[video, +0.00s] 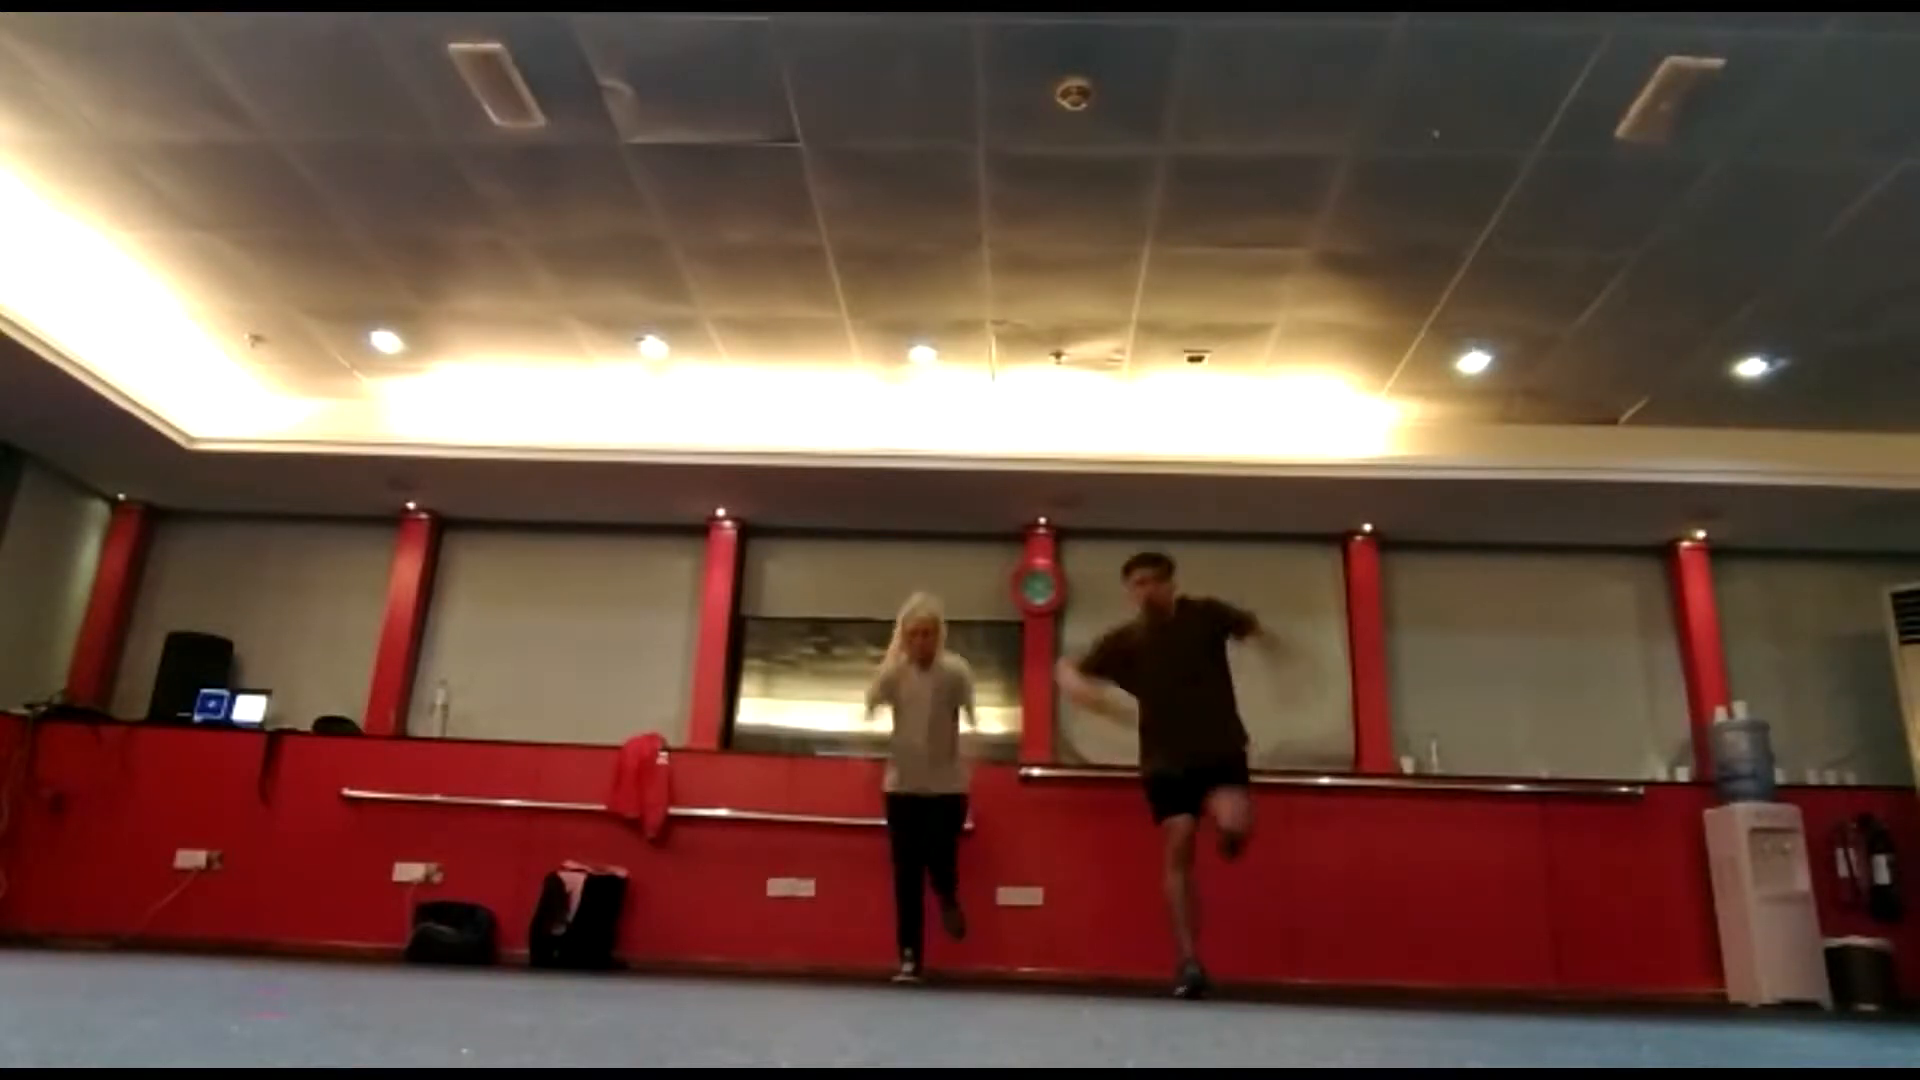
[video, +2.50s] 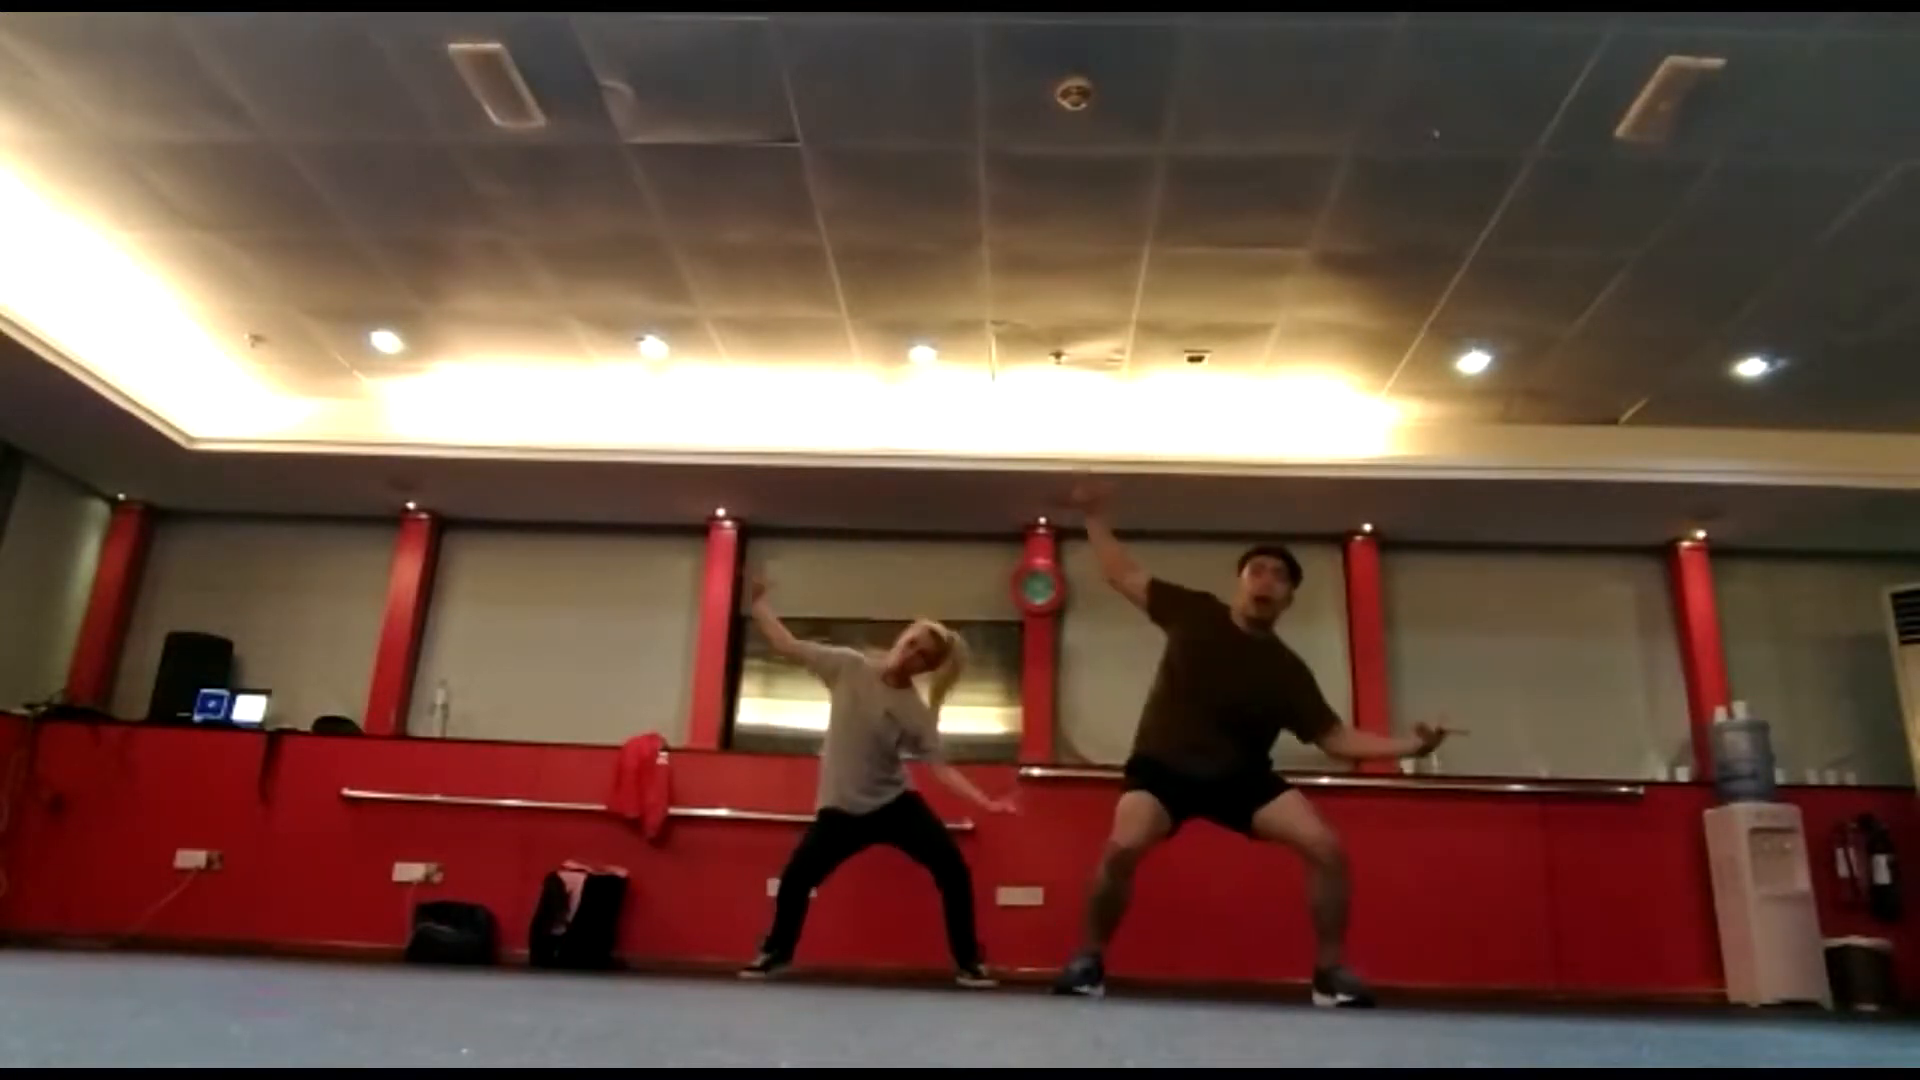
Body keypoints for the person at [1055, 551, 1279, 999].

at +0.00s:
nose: (1147, 592)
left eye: (1153, 581)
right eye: (1138, 584)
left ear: (1171, 582)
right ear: (1128, 591)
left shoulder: (1206, 615)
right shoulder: (1126, 640)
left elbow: (1256, 630)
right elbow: (1070, 676)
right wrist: (1104, 701)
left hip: (1218, 742)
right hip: (1166, 751)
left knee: (1234, 821)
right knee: (1179, 845)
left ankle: (1232, 834)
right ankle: (1188, 960)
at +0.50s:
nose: (1209, 568)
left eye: (1220, 559)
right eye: (1204, 557)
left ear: (1238, 569)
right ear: (1190, 562)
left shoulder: (1248, 636)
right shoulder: (1159, 607)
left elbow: (1265, 714)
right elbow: (1102, 652)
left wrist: (1230, 734)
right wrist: (1130, 705)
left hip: (1212, 745)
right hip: (1154, 740)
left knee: (1207, 842)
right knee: (1173, 852)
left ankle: (1185, 955)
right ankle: (1199, 938)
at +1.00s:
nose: (1207, 559)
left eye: (1217, 552)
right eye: (1199, 549)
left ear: (1227, 565)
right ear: (1179, 557)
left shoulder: (1241, 610)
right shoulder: (1146, 621)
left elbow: (1244, 681)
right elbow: (1126, 696)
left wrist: (1248, 749)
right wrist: (1119, 753)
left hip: (1222, 752)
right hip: (1157, 752)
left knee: (1284, 844)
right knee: (1113, 841)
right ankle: (1060, 950)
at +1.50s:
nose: (1170, 538)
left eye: (1180, 527)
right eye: (1160, 529)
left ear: (1198, 536)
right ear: (1146, 540)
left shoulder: (1239, 599)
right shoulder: (1136, 613)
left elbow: (1292, 667)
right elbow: (1102, 683)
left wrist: (1328, 738)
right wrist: (1068, 747)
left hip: (1245, 735)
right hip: (1171, 737)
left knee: (1279, 834)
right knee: (1117, 828)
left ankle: (1372, 953)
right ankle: (1072, 944)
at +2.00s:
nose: (1187, 452)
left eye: (1195, 443)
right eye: (1177, 445)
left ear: (1211, 452)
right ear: (1165, 457)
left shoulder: (1238, 489)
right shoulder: (1156, 517)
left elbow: (1283, 424)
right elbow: (1156, 579)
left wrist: (1231, 402)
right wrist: (1204, 521)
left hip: (1239, 640)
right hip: (1177, 633)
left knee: (1268, 726)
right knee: (1119, 676)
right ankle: (1118, 765)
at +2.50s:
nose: (1265, 582)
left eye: (1277, 576)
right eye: (1256, 572)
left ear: (1290, 595)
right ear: (1237, 581)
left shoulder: (1285, 671)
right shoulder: (1193, 613)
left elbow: (1337, 740)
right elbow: (1122, 575)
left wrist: (1407, 746)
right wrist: (1094, 516)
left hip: (1240, 781)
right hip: (1164, 769)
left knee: (1324, 846)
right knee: (1121, 847)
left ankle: (1330, 974)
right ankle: (1088, 961)